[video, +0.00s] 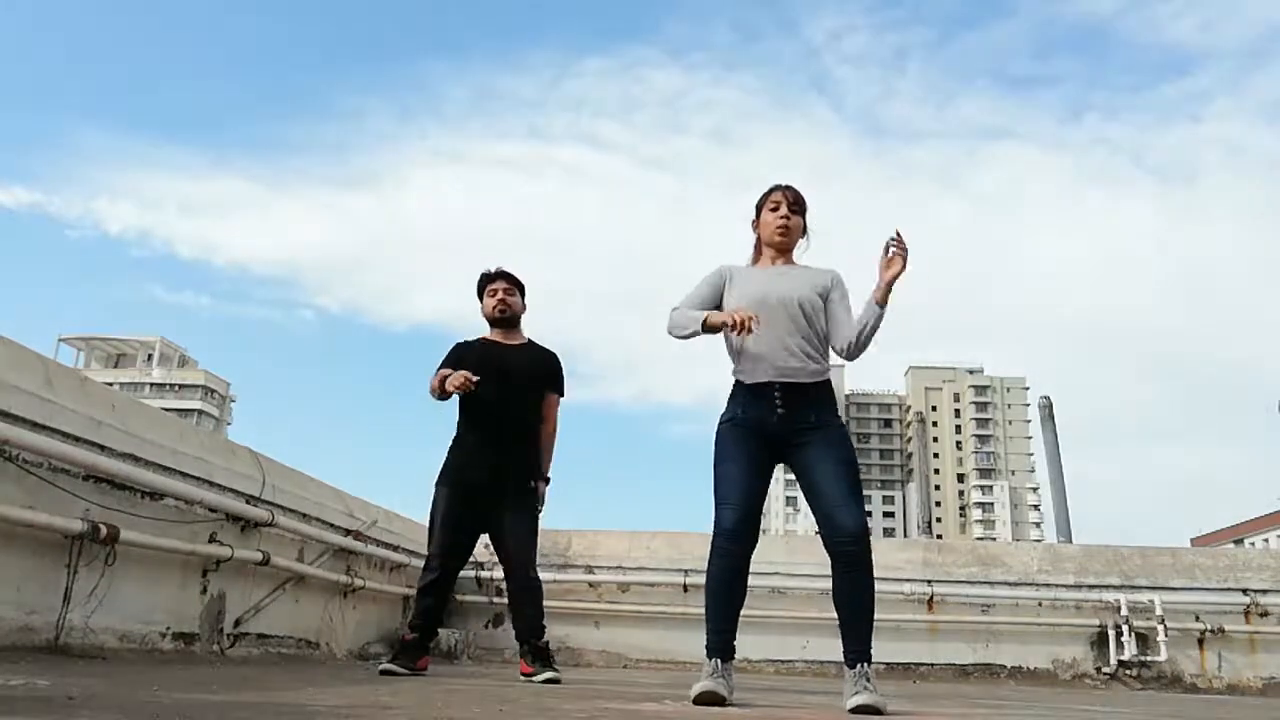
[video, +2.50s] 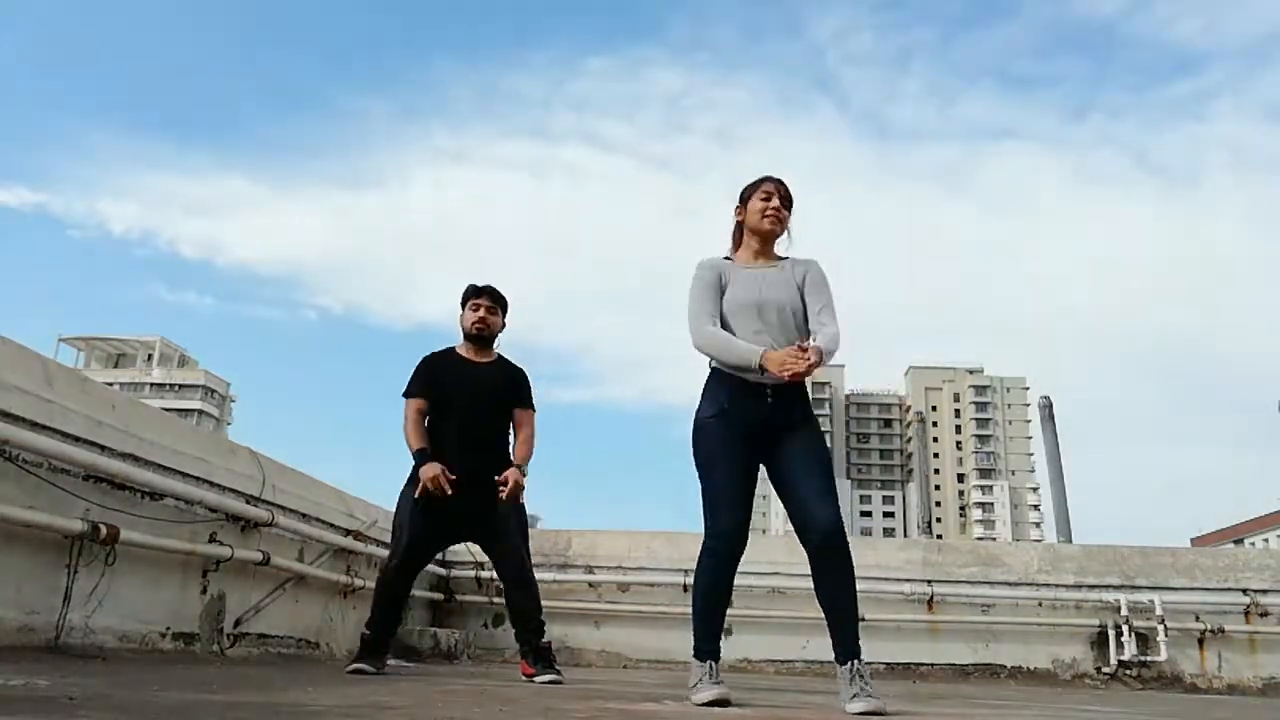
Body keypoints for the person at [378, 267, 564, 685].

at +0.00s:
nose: (502, 297)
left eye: (510, 292)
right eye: (492, 293)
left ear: (523, 304)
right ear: (482, 307)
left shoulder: (546, 360)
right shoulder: (467, 350)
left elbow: (548, 423)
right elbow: (436, 387)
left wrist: (542, 476)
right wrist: (447, 383)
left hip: (517, 481)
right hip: (463, 477)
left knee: (523, 571)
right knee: (439, 564)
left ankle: (535, 654)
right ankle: (413, 649)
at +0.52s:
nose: (495, 301)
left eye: (507, 300)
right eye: (492, 294)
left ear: (517, 318)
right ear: (479, 303)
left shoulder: (528, 363)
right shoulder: (447, 358)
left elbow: (558, 395)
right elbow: (420, 411)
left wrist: (587, 404)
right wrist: (393, 463)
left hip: (511, 486)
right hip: (454, 481)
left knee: (523, 568)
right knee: (428, 563)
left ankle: (535, 653)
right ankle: (392, 647)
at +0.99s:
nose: (487, 304)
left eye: (497, 302)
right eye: (482, 297)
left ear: (506, 316)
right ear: (468, 303)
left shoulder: (522, 352)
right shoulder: (441, 363)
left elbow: (545, 402)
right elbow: (423, 411)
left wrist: (524, 448)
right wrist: (411, 443)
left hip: (497, 480)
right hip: (441, 479)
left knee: (511, 569)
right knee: (418, 563)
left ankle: (535, 654)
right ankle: (392, 647)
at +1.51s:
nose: (497, 302)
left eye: (506, 297)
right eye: (490, 295)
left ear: (517, 308)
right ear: (476, 302)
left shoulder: (532, 361)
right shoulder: (451, 351)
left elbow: (554, 412)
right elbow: (429, 404)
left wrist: (535, 449)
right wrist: (434, 455)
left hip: (511, 481)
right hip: (455, 477)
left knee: (525, 565)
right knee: (426, 563)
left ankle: (537, 651)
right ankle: (393, 646)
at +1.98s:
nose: (497, 307)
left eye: (506, 303)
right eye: (490, 300)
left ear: (517, 315)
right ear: (476, 308)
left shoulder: (531, 366)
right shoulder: (448, 356)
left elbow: (553, 419)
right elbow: (429, 406)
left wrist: (530, 455)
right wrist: (433, 456)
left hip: (508, 484)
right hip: (451, 479)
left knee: (521, 563)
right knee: (416, 559)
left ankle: (536, 653)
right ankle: (391, 647)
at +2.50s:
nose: (482, 315)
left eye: (491, 311)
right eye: (475, 309)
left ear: (502, 323)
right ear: (461, 317)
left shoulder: (514, 376)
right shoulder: (433, 364)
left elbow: (524, 429)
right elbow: (415, 415)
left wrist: (519, 466)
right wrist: (423, 460)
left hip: (492, 490)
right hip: (435, 485)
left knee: (518, 570)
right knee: (401, 564)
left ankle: (536, 657)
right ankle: (373, 650)